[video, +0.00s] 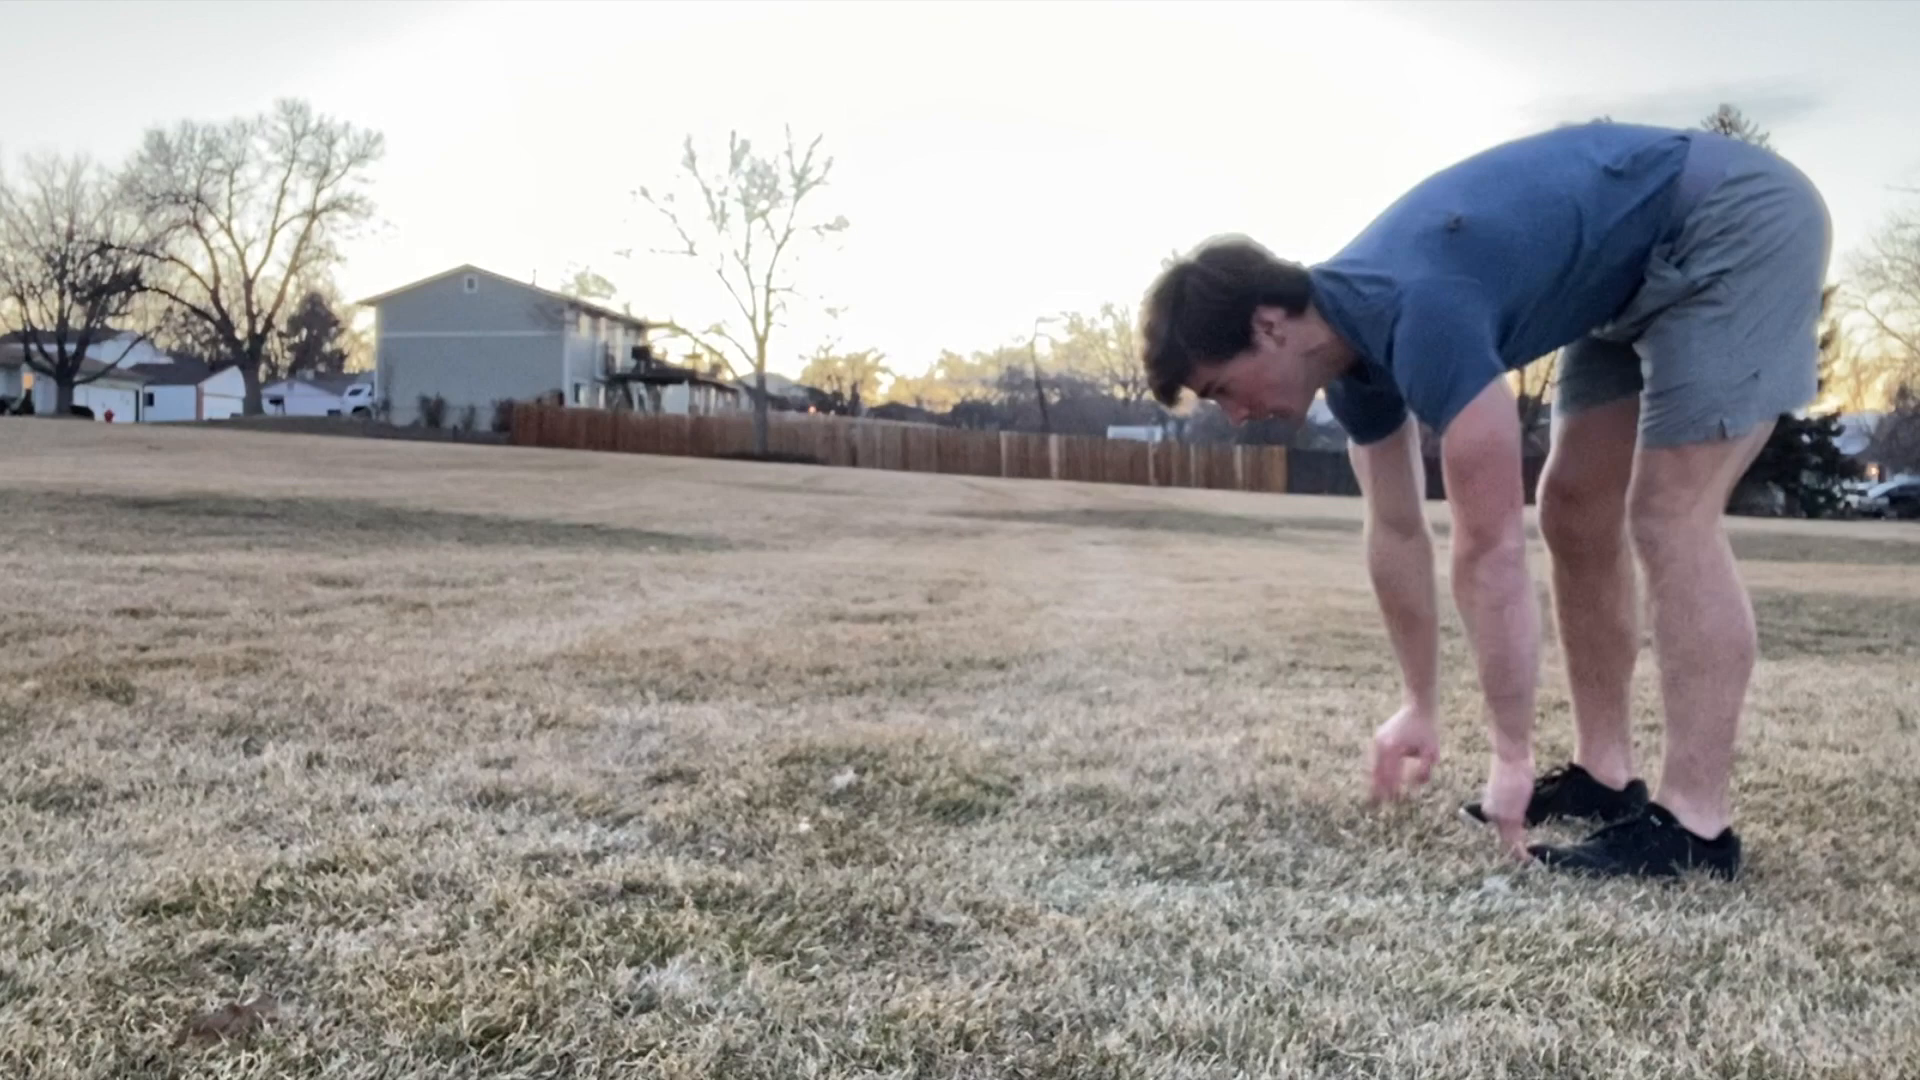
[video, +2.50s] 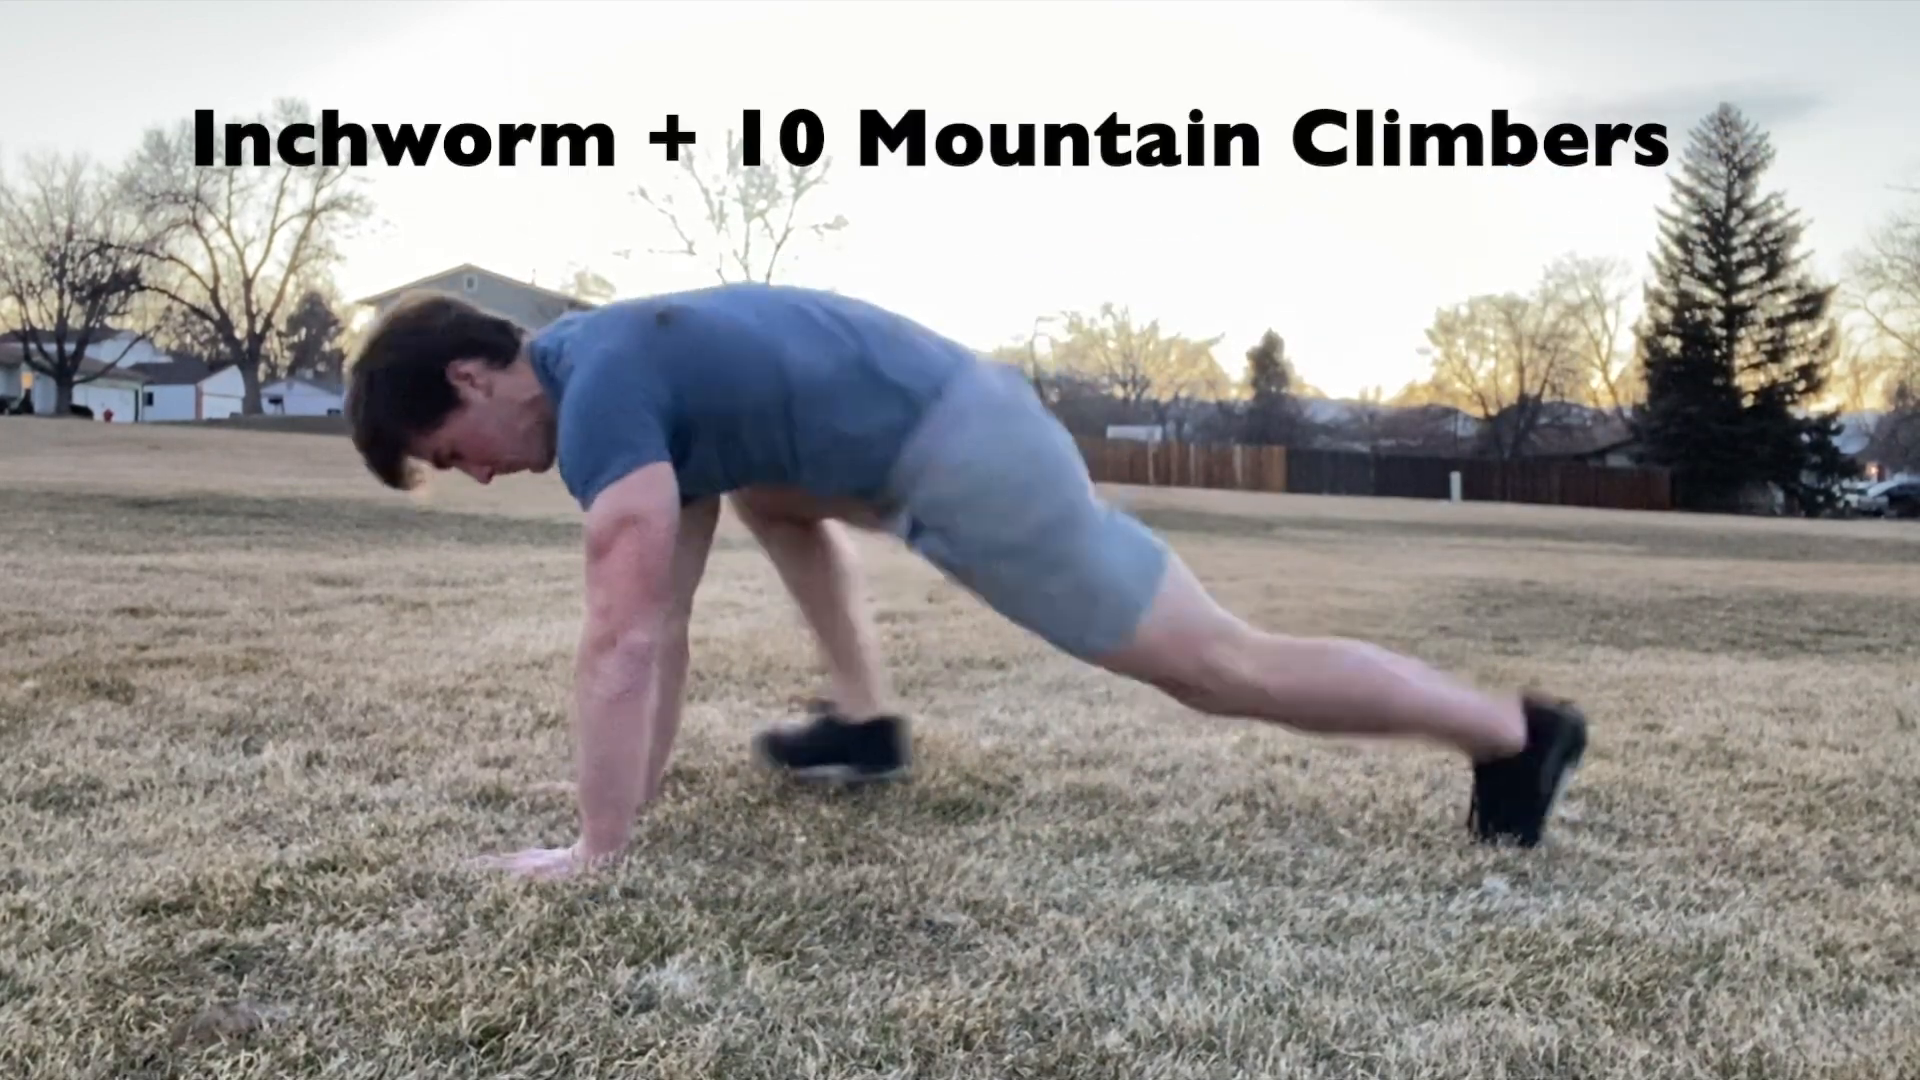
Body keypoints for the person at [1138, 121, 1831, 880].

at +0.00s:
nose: (1235, 418)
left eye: (1224, 392)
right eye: (1217, 404)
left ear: (1268, 327)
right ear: (1269, 326)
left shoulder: (1427, 304)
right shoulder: (1354, 356)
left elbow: (1489, 548)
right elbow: (1394, 532)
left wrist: (1511, 757)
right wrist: (1420, 708)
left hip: (1735, 217)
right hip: (1630, 267)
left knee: (1675, 513)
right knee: (1577, 511)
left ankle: (1698, 824)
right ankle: (1609, 780)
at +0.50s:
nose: (1036, 493)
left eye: (1028, 466)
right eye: (1019, 478)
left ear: (1078, 410)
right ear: (1078, 404)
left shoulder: (1201, 392)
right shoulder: (1135, 381)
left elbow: (1149, 653)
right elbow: (1119, 543)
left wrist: (1072, 849)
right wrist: (1145, 707)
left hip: (1541, 230)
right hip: (1448, 273)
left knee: (1531, 547)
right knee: (1464, 549)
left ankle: (1688, 823)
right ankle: (1598, 777)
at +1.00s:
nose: (609, 465)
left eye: (599, 436)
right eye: (590, 449)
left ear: (648, 374)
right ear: (646, 383)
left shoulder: (804, 372)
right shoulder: (755, 419)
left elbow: (814, 594)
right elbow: (771, 590)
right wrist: (720, 742)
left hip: (1151, 373)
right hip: (1102, 435)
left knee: (1351, 621)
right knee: (1302, 636)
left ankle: (1648, 780)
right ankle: (1554, 737)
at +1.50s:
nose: (524, 448)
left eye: (513, 419)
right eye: (506, 432)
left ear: (557, 359)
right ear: (567, 357)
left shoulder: (689, 376)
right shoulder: (701, 389)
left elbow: (663, 649)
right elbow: (698, 634)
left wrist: (595, 851)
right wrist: (631, 788)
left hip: (1079, 465)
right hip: (1053, 488)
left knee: (1333, 680)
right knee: (1235, 709)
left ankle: (1642, 779)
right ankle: (1508, 734)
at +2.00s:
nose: (506, 472)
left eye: (485, 448)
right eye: (482, 464)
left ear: (516, 376)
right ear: (523, 372)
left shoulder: (651, 372)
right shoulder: (651, 386)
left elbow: (630, 622)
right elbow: (679, 615)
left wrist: (594, 845)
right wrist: (653, 783)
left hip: (1003, 389)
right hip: (1006, 448)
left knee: (726, 458)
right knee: (1226, 642)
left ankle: (761, 819)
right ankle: (1521, 747)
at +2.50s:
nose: (473, 473)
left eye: (452, 450)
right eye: (451, 465)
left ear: (476, 379)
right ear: (488, 376)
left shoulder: (602, 377)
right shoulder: (618, 371)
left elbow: (634, 621)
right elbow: (643, 629)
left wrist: (602, 839)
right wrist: (623, 819)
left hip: (966, 449)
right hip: (911, 445)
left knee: (1216, 663)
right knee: (753, 492)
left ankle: (1515, 733)